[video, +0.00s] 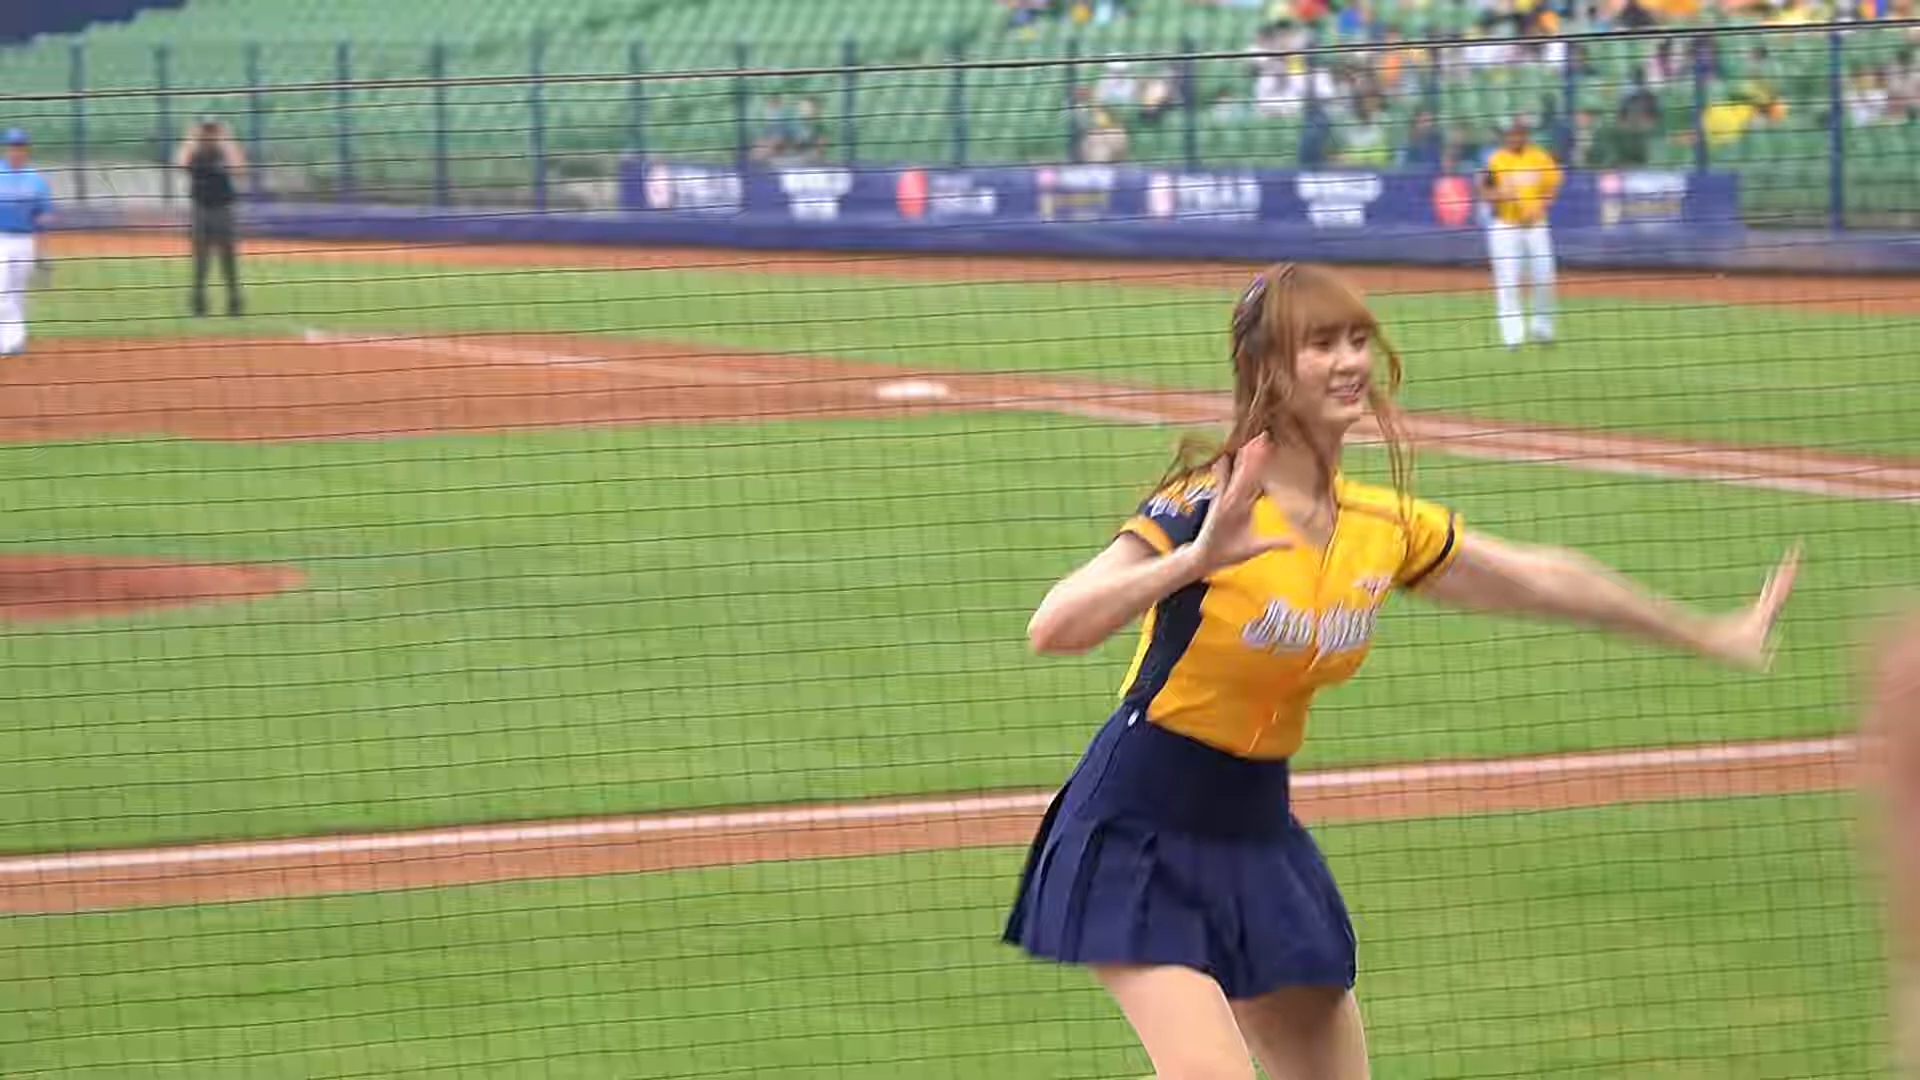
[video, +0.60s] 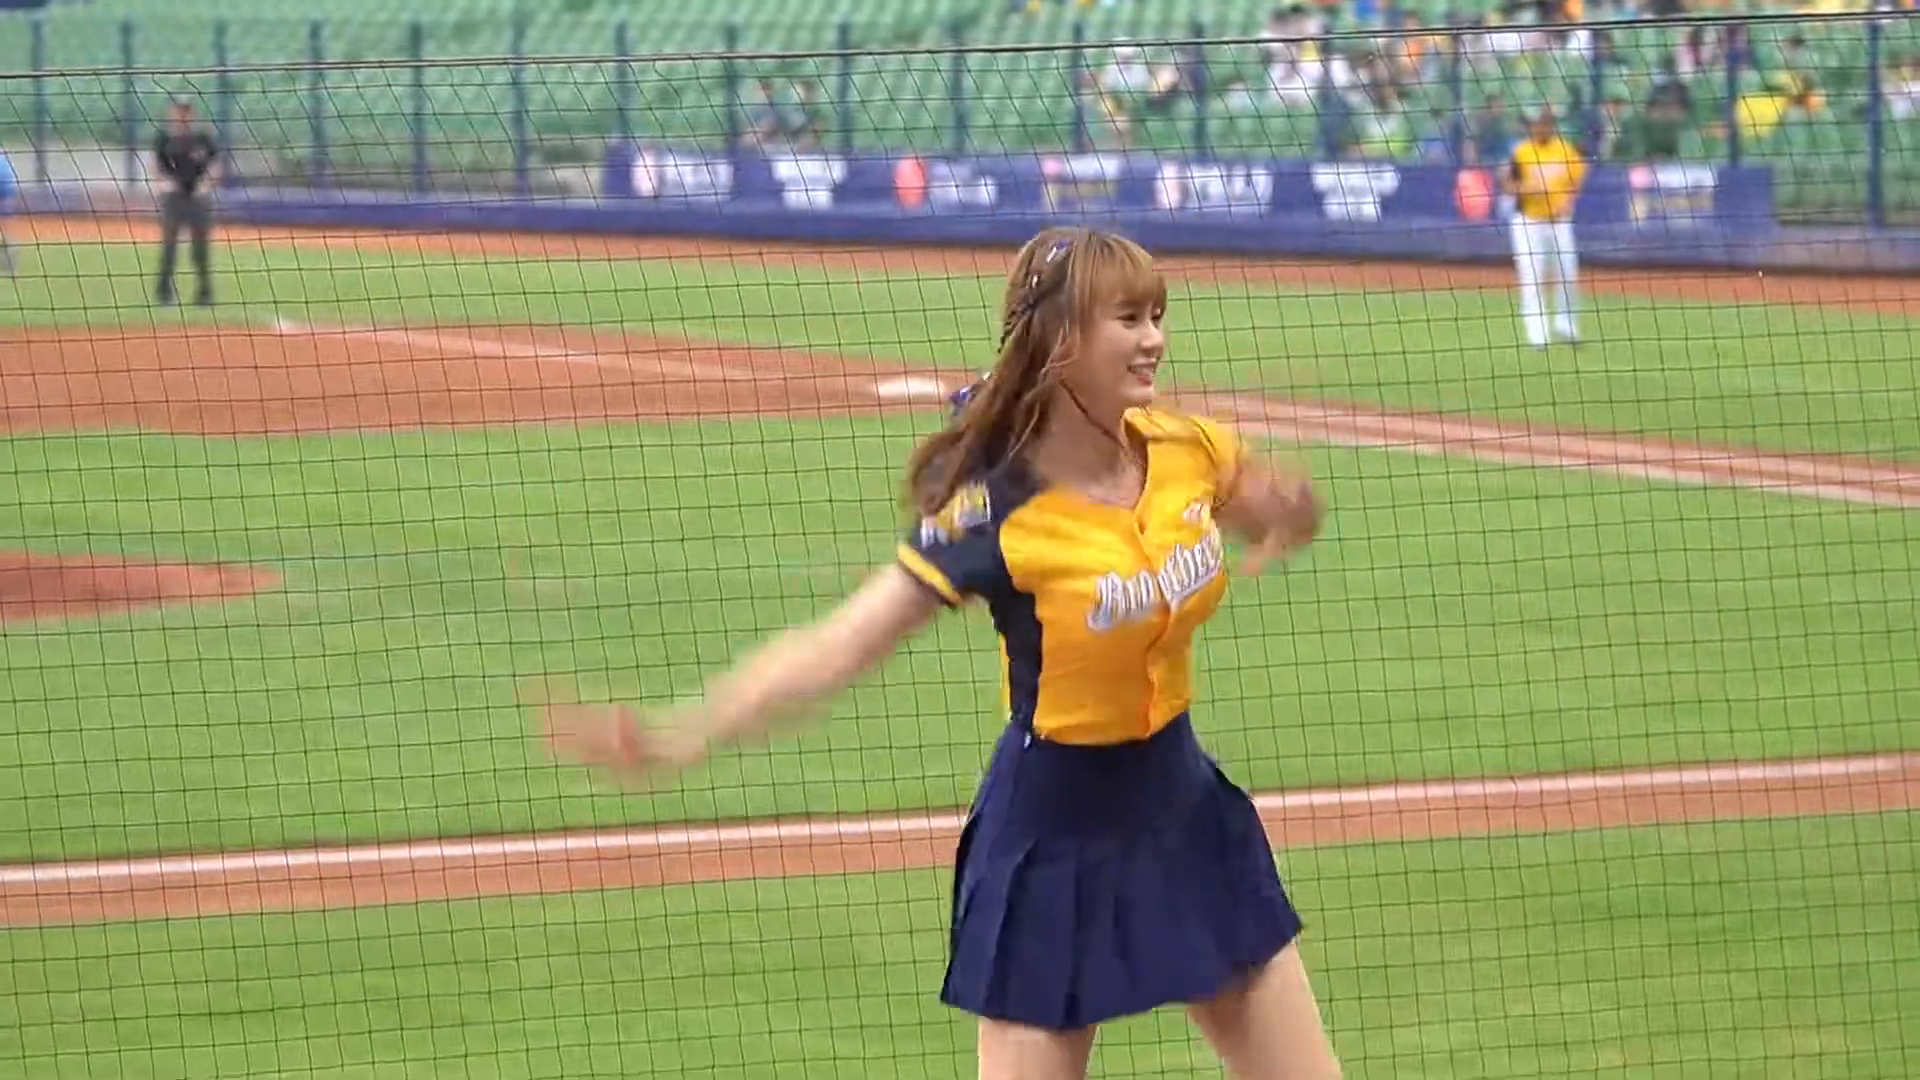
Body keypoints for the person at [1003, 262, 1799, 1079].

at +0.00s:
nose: (1351, 361)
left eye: (1359, 341)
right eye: (1324, 345)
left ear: (1374, 361)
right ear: (1266, 375)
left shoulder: (1387, 526)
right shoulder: (1200, 506)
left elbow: (1542, 581)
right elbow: (1052, 629)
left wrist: (1708, 636)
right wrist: (1194, 559)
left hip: (1256, 832)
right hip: (1136, 822)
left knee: (1333, 1064)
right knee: (1210, 1066)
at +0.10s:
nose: (1346, 372)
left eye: (1354, 351)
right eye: (1318, 356)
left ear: (1368, 373)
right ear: (1259, 386)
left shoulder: (1389, 543)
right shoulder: (1192, 521)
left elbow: (1552, 613)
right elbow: (1030, 631)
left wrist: (1703, 683)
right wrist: (1156, 556)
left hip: (1263, 840)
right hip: (1143, 833)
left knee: (1344, 1061)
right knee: (1213, 1063)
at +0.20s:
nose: (1310, 321)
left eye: (1318, 300)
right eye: (1283, 302)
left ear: (1327, 317)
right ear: (1220, 324)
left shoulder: (1355, 469)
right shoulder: (1145, 466)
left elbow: (1536, 489)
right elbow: (958, 510)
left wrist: (1715, 498)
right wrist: (1054, 412)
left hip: (1268, 793)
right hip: (1144, 788)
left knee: (1316, 1065)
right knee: (1148, 1068)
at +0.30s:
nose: (1255, 299)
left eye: (1265, 279)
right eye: (1228, 281)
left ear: (1279, 293)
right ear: (1163, 300)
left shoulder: (1315, 409)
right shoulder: (1092, 425)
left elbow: (1494, 335)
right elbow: (910, 400)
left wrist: (1650, 258)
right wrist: (944, 261)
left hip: (1257, 771)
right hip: (1124, 768)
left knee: (1306, 1063)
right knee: (1060, 1065)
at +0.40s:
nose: (1204, 337)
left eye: (1213, 315)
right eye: (1177, 315)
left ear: (1226, 328)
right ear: (1107, 336)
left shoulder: (1252, 432)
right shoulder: (1041, 465)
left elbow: (1396, 297)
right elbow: (891, 377)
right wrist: (815, 242)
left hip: (1230, 813)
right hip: (1092, 814)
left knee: (1286, 1066)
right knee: (1039, 1066)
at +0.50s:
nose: (1169, 332)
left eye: (1174, 310)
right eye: (1145, 309)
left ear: (1173, 328)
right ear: (1073, 325)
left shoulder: (1206, 433)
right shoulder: (998, 482)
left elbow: (1360, 384)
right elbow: (805, 483)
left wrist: (1391, 276)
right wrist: (675, 417)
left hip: (1201, 808)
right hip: (1068, 821)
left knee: (1278, 1066)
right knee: (1029, 1066)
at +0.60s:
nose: (1154, 337)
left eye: (1157, 316)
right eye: (1128, 317)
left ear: (1159, 331)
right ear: (1054, 343)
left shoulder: (1189, 446)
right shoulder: (997, 513)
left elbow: (1285, 526)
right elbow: (842, 643)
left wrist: (1293, 507)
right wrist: (684, 733)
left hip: (1180, 798)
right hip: (1051, 822)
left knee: (1304, 1065)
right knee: (1027, 1067)